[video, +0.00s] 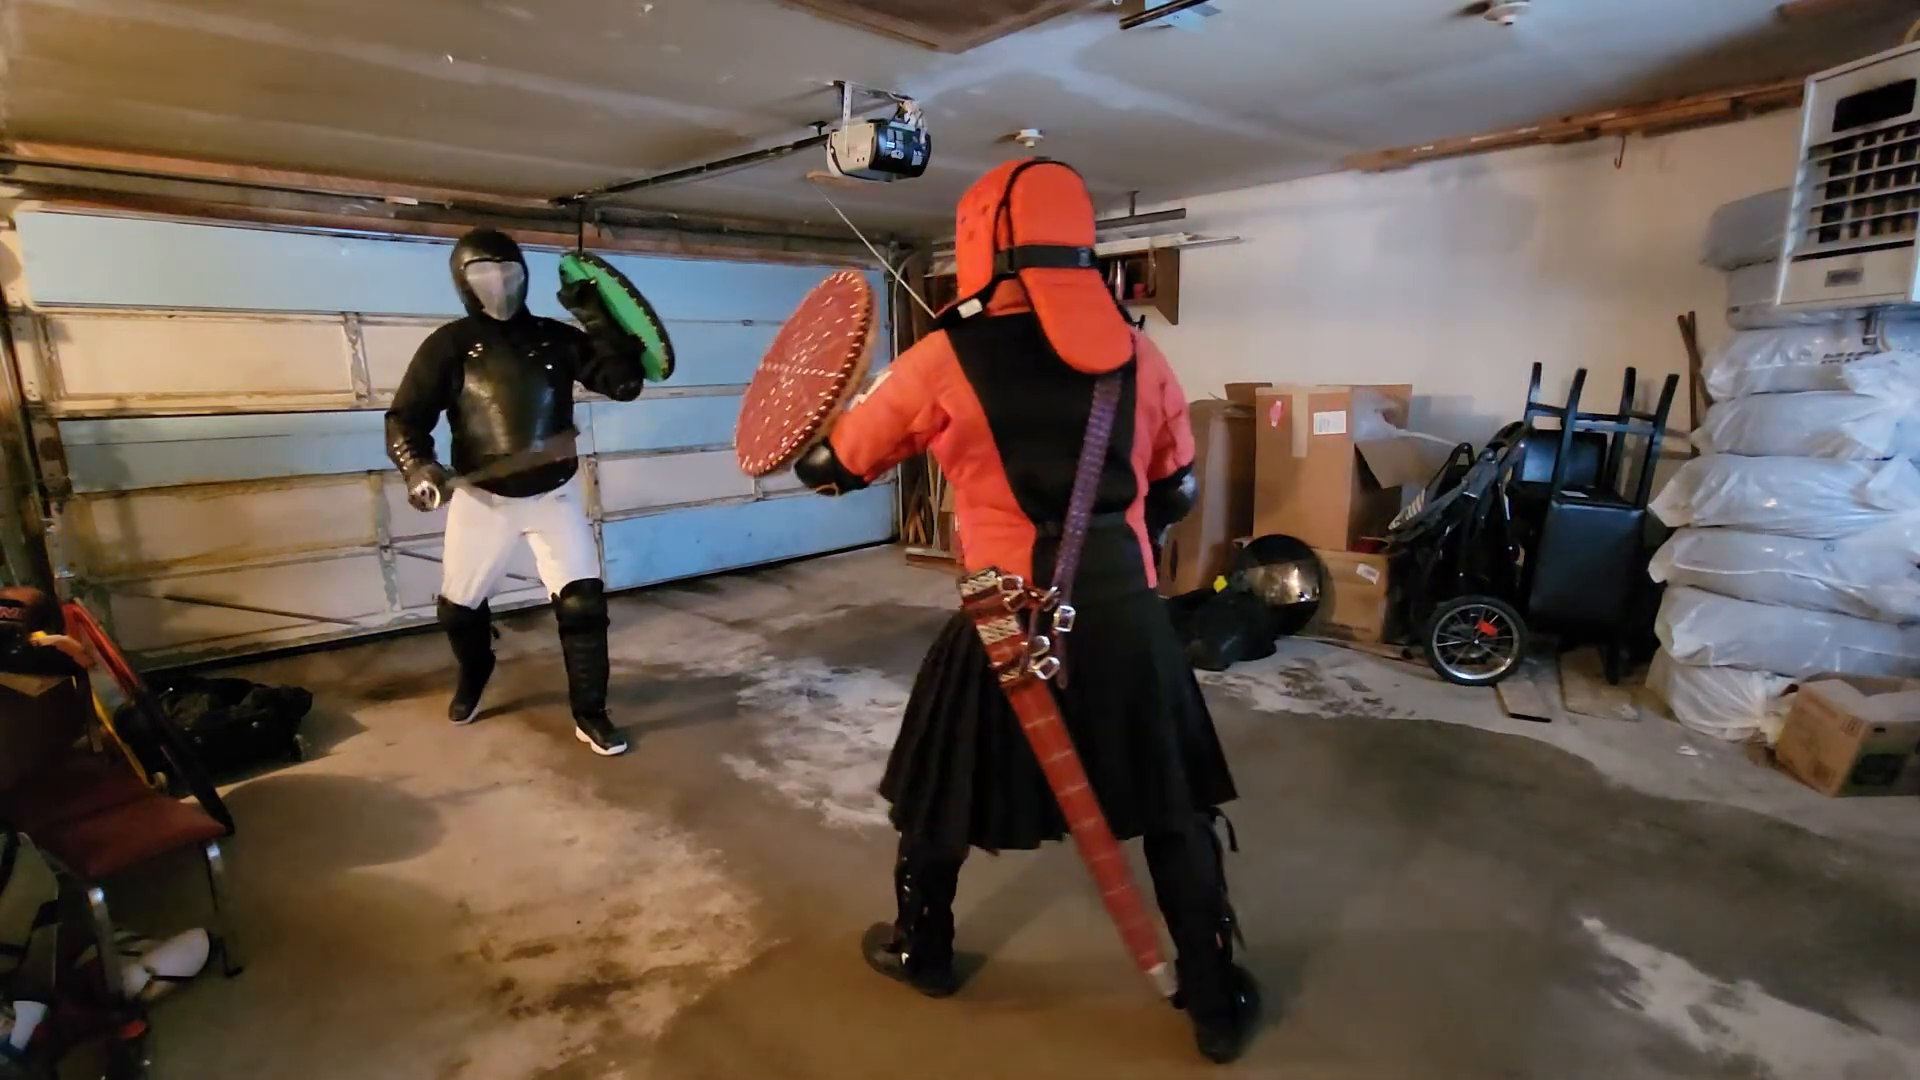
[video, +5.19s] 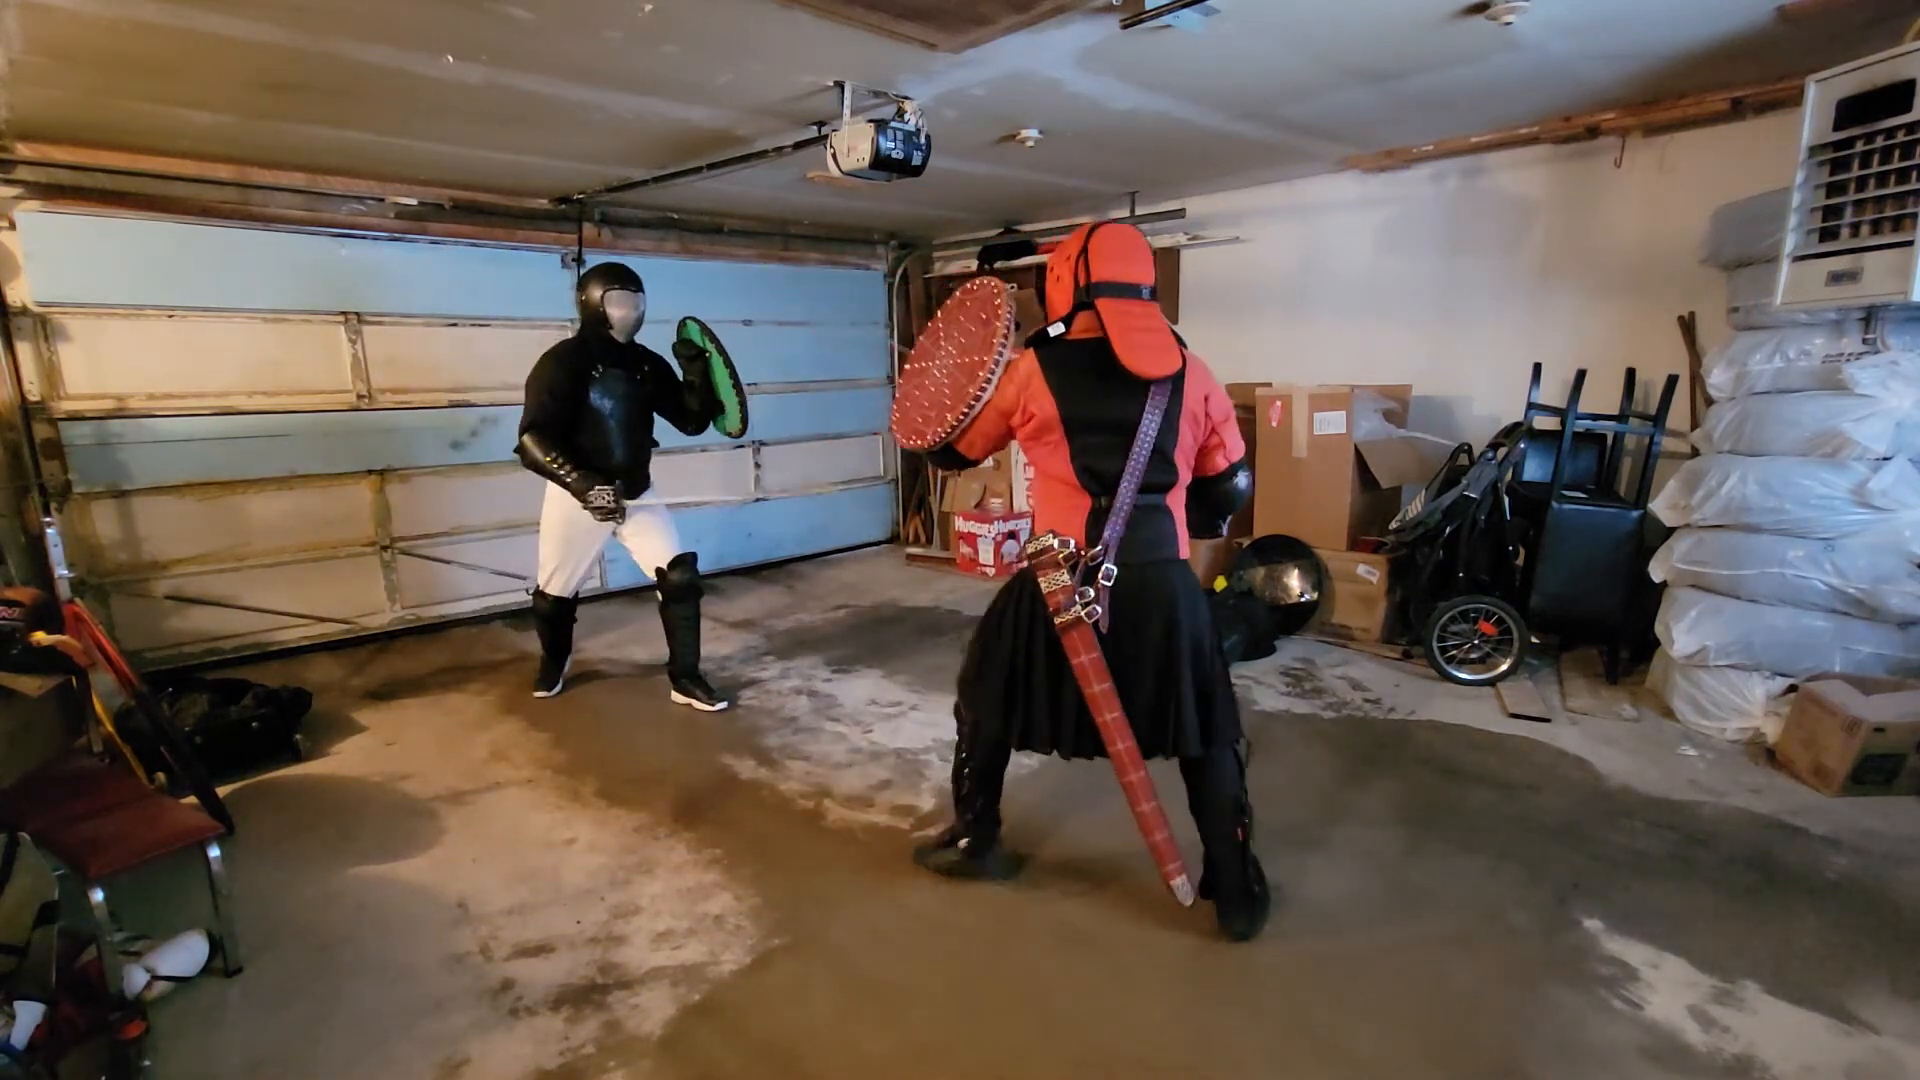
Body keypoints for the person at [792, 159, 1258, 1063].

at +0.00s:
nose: (958, 260)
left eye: (965, 244)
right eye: (961, 245)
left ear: (986, 247)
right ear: (1079, 245)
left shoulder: (945, 358)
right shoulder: (1137, 355)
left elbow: (845, 460)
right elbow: (1174, 493)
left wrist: (811, 447)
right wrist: (1107, 540)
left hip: (1002, 624)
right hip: (1127, 618)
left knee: (940, 773)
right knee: (1171, 802)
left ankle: (925, 942)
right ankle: (1216, 999)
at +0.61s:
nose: (912, 278)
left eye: (919, 264)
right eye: (921, 264)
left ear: (938, 270)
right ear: (1031, 270)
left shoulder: (903, 367)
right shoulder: (1073, 376)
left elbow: (807, 441)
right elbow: (1096, 473)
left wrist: (779, 417)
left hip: (944, 620)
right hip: (1060, 619)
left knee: (881, 734)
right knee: (1127, 791)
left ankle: (864, 894)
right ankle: (1200, 984)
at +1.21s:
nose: (943, 273)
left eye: (949, 260)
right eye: (950, 260)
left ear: (970, 267)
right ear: (1062, 264)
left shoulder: (934, 366)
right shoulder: (1107, 377)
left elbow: (833, 433)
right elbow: (1124, 489)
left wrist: (809, 391)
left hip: (967, 614)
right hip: (1080, 612)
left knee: (897, 746)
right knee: (1112, 774)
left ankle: (871, 893)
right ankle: (1131, 961)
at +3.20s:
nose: (877, 296)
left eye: (882, 285)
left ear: (895, 290)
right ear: (974, 283)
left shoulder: (866, 374)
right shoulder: (1027, 374)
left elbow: (788, 426)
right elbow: (1052, 495)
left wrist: (790, 351)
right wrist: (999, 536)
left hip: (914, 587)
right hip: (1015, 583)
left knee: (858, 713)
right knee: (1084, 732)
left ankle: (848, 853)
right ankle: (1142, 900)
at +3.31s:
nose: (902, 305)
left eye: (907, 293)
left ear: (919, 298)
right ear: (1007, 291)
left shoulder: (897, 383)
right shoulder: (1056, 382)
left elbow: (815, 429)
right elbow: (1090, 481)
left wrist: (825, 336)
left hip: (939, 599)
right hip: (1044, 596)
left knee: (870, 719)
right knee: (1105, 738)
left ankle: (850, 857)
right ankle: (1148, 907)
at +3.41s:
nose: (948, 305)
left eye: (951, 293)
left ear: (959, 298)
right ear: (1040, 297)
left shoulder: (927, 384)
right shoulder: (1093, 390)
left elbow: (847, 431)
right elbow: (1132, 509)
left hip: (962, 611)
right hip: (1073, 610)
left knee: (887, 726)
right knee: (1124, 745)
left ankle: (851, 856)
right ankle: (1151, 908)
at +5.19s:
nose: (1045, 292)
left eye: (1051, 281)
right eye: (1048, 280)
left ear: (1068, 286)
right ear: (1141, 286)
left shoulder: (1032, 369)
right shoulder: (1190, 373)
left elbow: (956, 449)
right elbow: (1226, 492)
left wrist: (934, 391)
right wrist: (1170, 517)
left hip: (1057, 578)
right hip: (1164, 580)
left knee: (985, 694)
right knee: (1207, 726)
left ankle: (974, 834)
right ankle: (1236, 890)